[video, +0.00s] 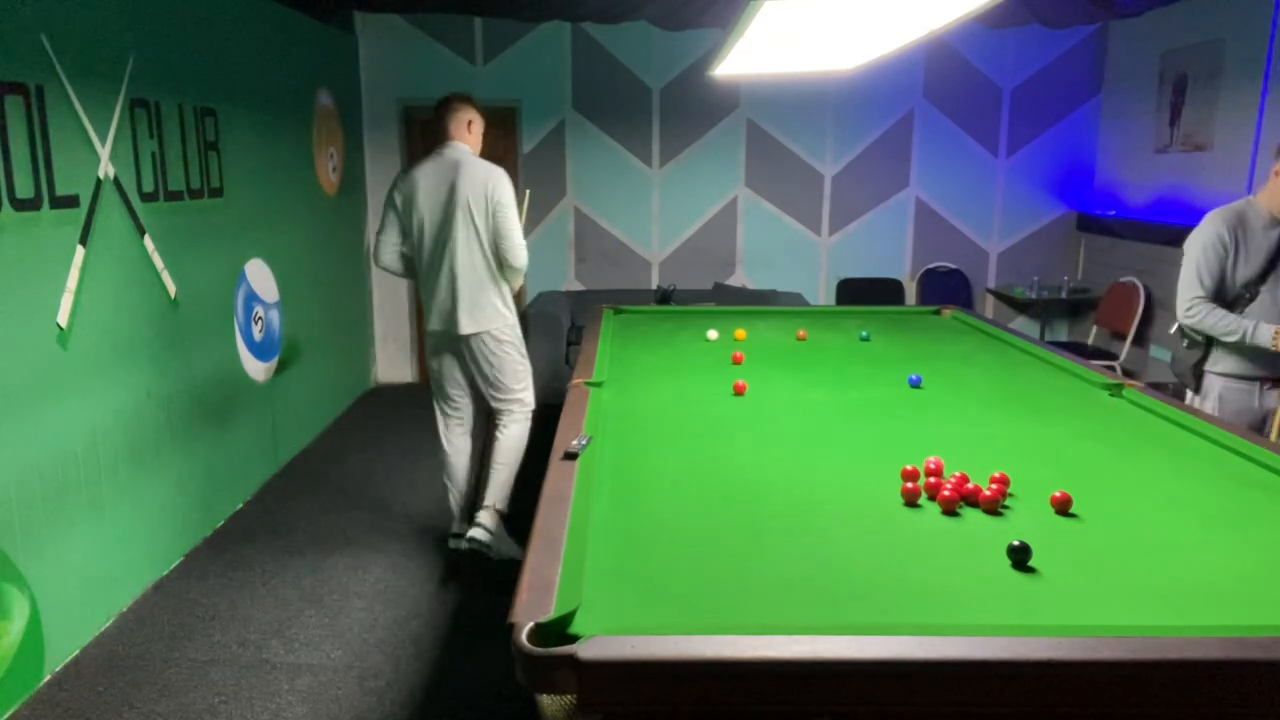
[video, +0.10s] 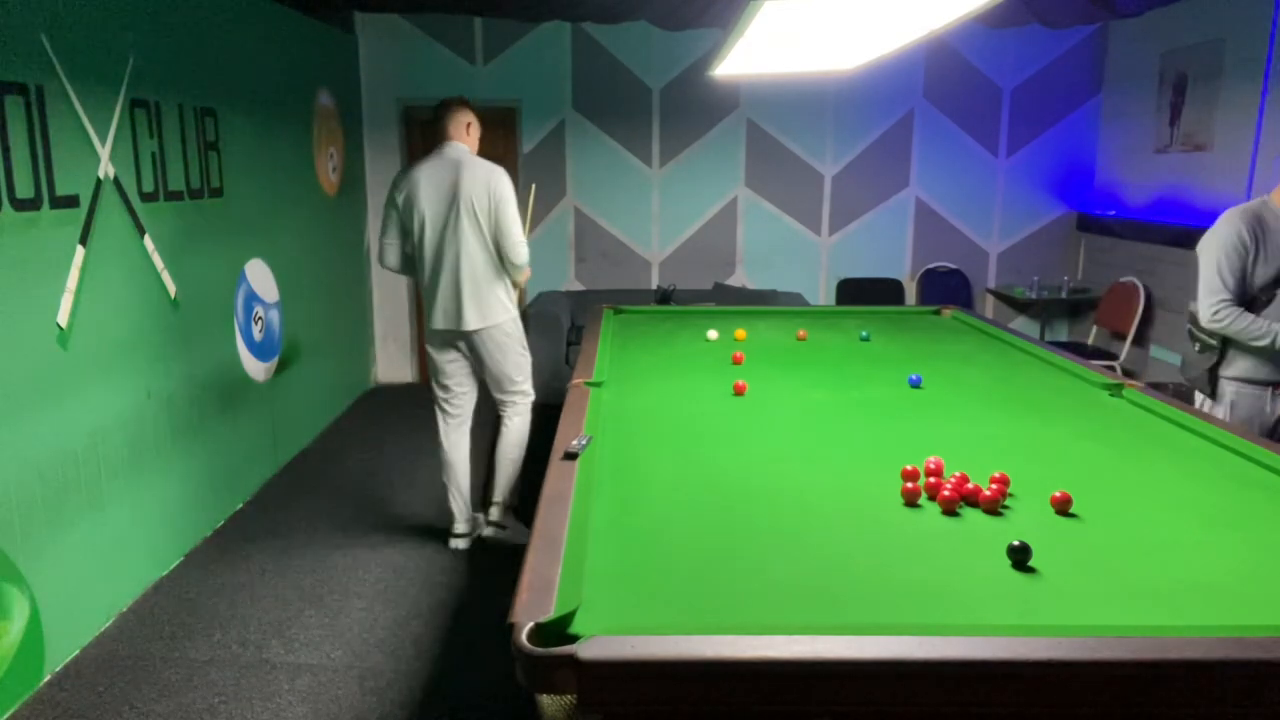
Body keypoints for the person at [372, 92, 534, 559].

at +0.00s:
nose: (481, 137)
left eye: (479, 130)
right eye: (479, 130)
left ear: (439, 129)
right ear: (470, 128)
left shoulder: (408, 180)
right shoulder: (491, 176)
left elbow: (385, 253)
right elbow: (515, 257)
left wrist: (432, 270)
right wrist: (509, 286)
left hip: (438, 323)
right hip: (488, 319)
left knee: (453, 419)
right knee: (515, 409)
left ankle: (461, 525)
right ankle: (488, 520)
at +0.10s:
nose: (478, 138)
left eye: (475, 131)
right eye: (477, 131)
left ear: (439, 131)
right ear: (469, 129)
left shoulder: (407, 180)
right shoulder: (492, 176)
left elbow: (391, 256)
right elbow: (515, 253)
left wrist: (434, 267)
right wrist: (520, 277)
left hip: (439, 320)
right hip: (491, 314)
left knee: (452, 413)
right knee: (516, 402)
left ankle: (461, 525)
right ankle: (498, 510)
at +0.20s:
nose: (477, 138)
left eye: (473, 131)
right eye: (475, 131)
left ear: (438, 132)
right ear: (469, 130)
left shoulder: (410, 180)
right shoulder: (494, 176)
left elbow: (397, 257)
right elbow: (518, 255)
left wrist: (438, 260)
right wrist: (526, 270)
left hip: (442, 318)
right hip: (494, 312)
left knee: (452, 416)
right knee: (513, 405)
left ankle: (462, 524)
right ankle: (516, 510)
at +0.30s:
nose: (480, 137)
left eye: (476, 130)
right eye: (479, 130)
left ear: (442, 132)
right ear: (475, 130)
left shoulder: (416, 181)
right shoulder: (501, 177)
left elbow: (406, 257)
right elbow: (524, 255)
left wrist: (440, 259)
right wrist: (533, 264)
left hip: (446, 313)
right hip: (497, 309)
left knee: (454, 410)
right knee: (512, 401)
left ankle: (462, 522)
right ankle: (523, 490)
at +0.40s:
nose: (486, 139)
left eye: (480, 132)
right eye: (486, 132)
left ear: (452, 133)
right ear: (484, 133)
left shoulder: (424, 181)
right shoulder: (507, 180)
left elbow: (412, 257)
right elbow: (526, 253)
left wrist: (433, 286)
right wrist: (540, 262)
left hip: (451, 312)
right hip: (500, 309)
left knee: (455, 411)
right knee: (511, 395)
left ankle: (462, 520)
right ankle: (523, 474)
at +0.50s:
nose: (494, 142)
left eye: (489, 135)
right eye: (495, 136)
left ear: (461, 135)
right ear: (493, 137)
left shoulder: (433, 181)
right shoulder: (515, 184)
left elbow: (415, 254)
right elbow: (533, 258)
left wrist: (425, 299)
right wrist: (544, 263)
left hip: (454, 310)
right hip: (502, 309)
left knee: (459, 408)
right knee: (510, 394)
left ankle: (463, 518)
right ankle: (517, 471)